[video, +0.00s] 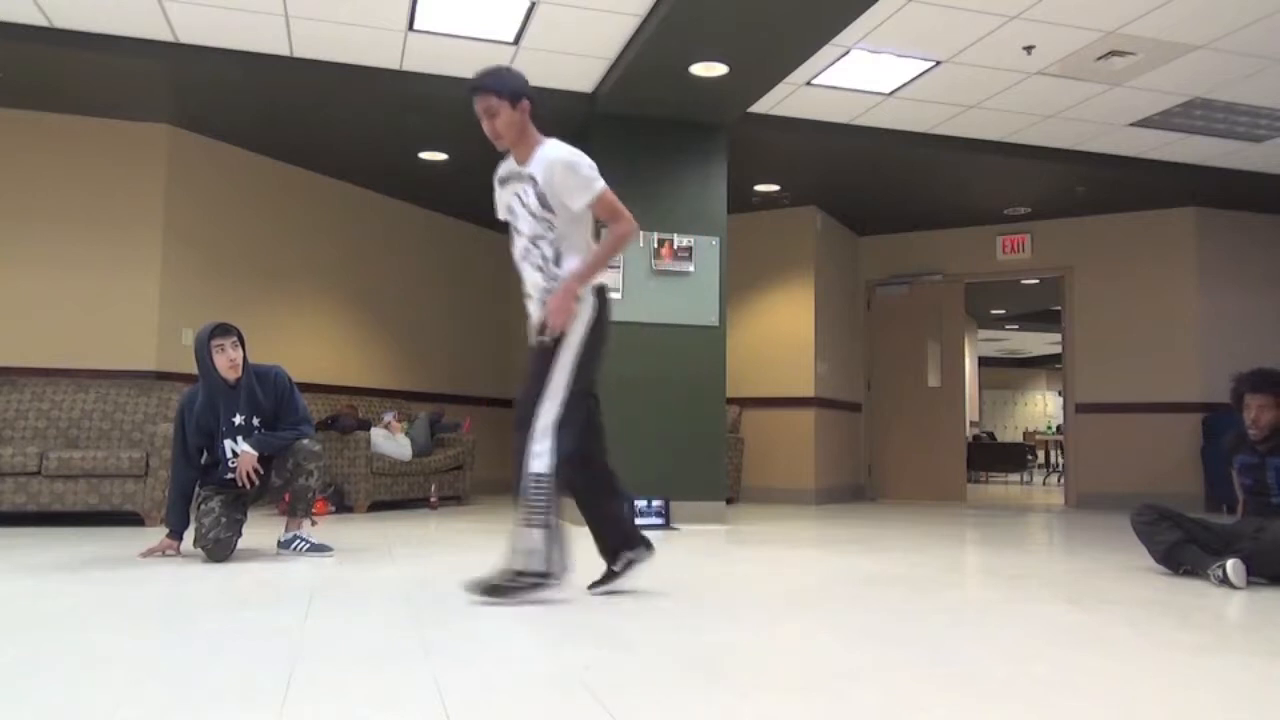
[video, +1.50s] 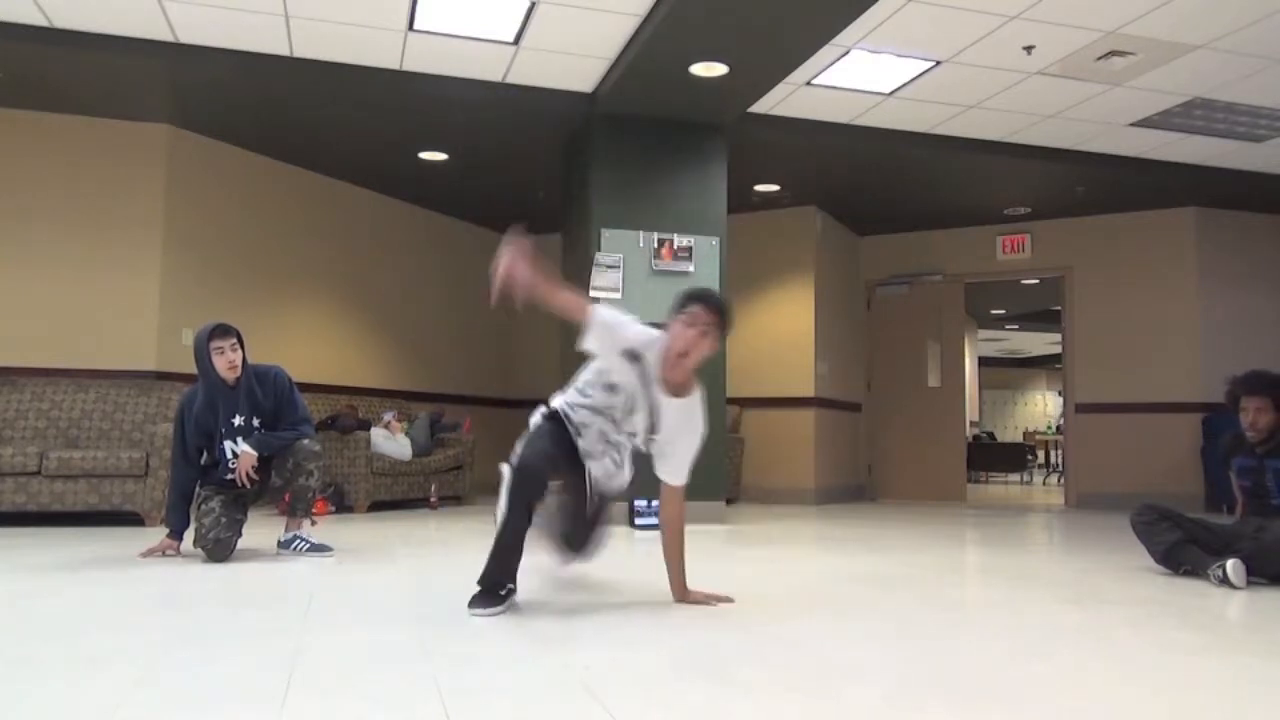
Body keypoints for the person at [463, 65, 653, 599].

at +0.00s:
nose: (488, 125)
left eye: (494, 112)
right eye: (481, 116)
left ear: (523, 108)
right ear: (480, 122)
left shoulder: (562, 161)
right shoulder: (506, 175)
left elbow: (625, 226)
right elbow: (532, 243)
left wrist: (571, 288)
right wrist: (537, 303)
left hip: (580, 309)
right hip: (548, 313)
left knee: (540, 422)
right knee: (572, 432)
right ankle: (625, 543)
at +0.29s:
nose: (468, 153)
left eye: (476, 140)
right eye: (461, 144)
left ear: (503, 137)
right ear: (458, 148)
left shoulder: (524, 194)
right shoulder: (487, 200)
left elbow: (548, 277)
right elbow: (492, 278)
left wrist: (488, 332)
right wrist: (463, 329)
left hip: (524, 335)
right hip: (494, 335)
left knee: (461, 445)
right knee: (462, 444)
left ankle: (460, 564)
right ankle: (545, 518)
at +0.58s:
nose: (471, 174)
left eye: (479, 162)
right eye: (463, 166)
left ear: (504, 157)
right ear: (459, 169)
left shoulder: (537, 208)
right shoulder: (477, 222)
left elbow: (560, 296)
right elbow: (493, 307)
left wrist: (516, 354)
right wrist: (471, 341)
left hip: (564, 332)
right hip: (525, 336)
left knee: (526, 444)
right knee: (496, 446)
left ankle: (610, 532)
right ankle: (519, 560)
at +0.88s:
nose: (521, 154)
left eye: (528, 141)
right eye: (513, 145)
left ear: (553, 135)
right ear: (509, 147)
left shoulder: (592, 168)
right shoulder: (521, 183)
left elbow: (671, 190)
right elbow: (528, 215)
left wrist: (762, 193)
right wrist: (489, 243)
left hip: (619, 318)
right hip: (561, 324)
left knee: (683, 424)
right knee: (513, 418)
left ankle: (758, 533)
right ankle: (509, 530)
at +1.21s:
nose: (594, 271)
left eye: (604, 260)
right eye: (588, 260)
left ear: (631, 263)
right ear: (582, 262)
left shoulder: (664, 314)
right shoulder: (570, 289)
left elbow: (726, 386)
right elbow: (498, 299)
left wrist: (783, 458)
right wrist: (426, 302)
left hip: (685, 400)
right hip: (620, 395)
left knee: (742, 484)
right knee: (555, 460)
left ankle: (823, 578)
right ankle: (519, 573)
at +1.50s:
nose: (691, 339)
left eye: (706, 334)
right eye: (687, 324)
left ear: (715, 348)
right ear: (670, 323)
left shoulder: (687, 421)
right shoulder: (629, 337)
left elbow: (672, 500)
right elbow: (558, 298)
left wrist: (679, 590)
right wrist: (520, 266)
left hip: (603, 466)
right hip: (564, 425)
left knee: (574, 540)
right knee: (530, 467)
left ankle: (549, 494)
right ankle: (497, 584)